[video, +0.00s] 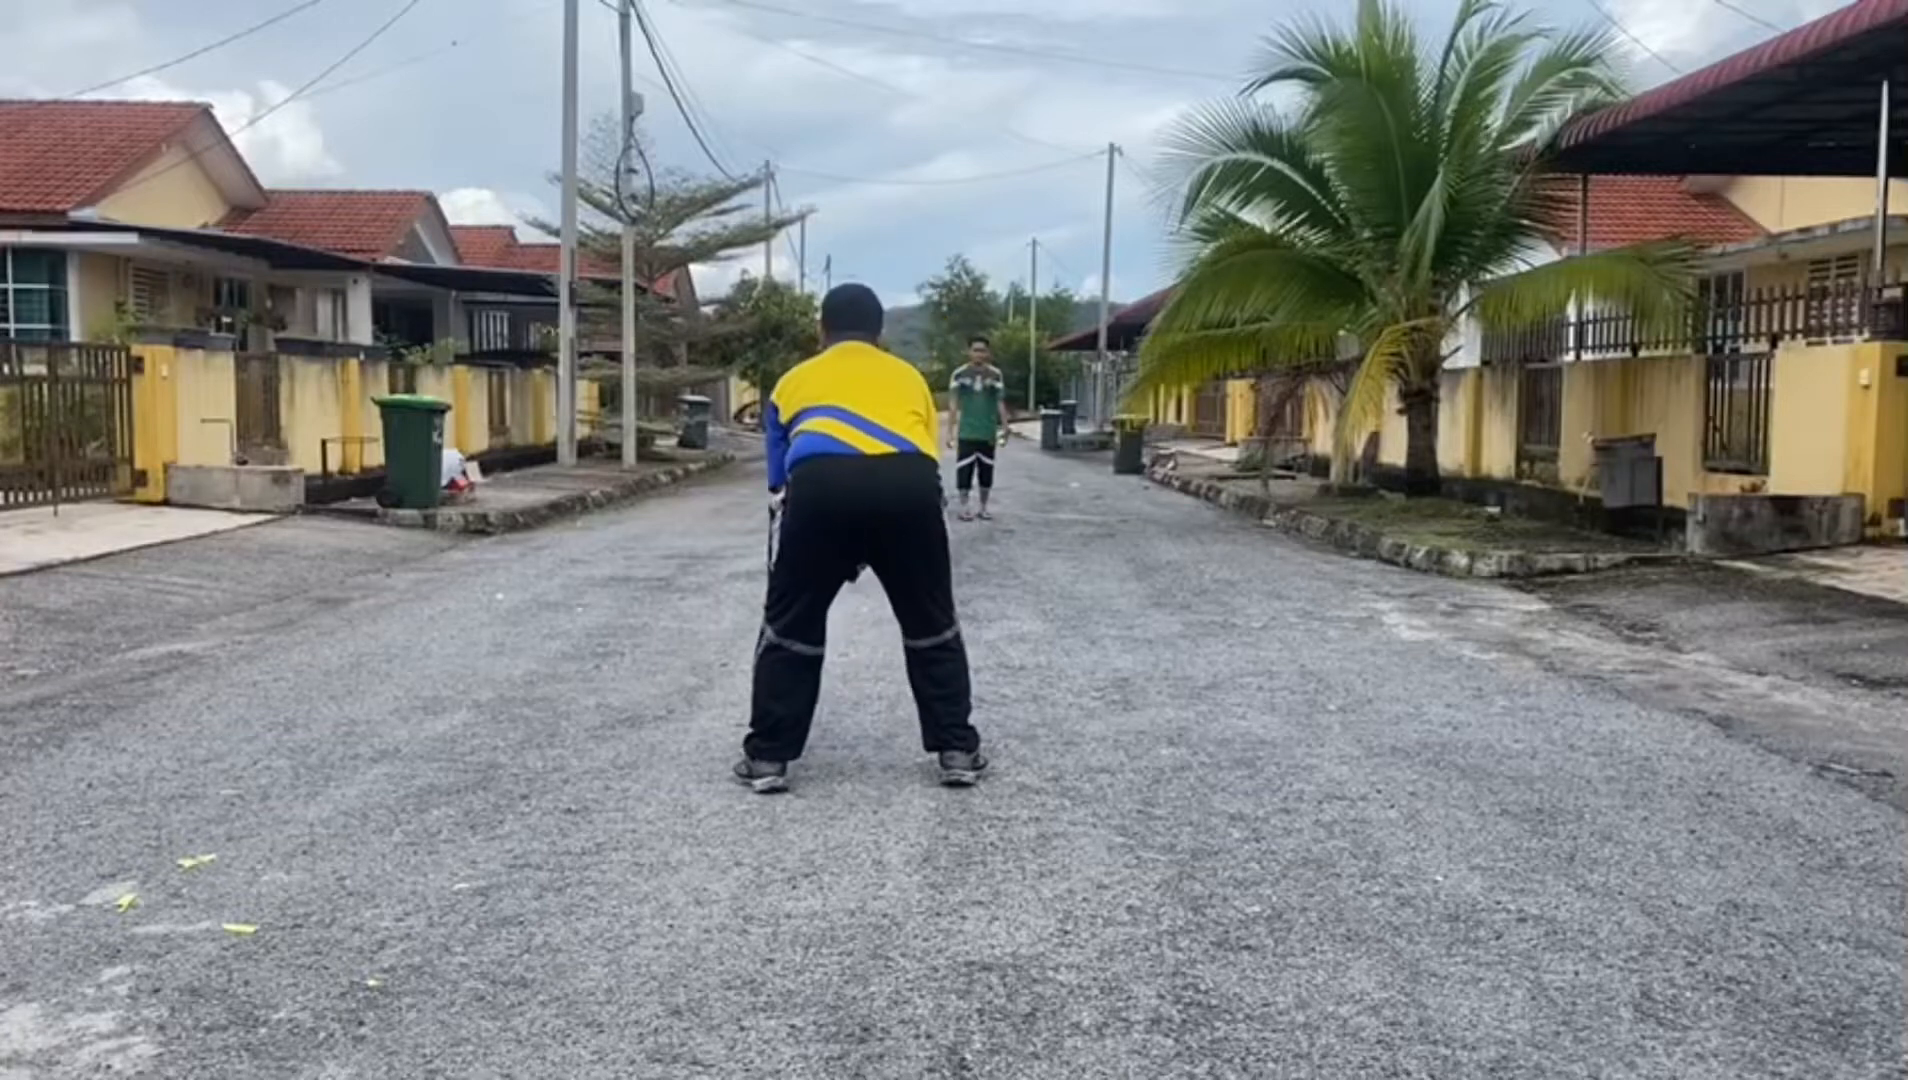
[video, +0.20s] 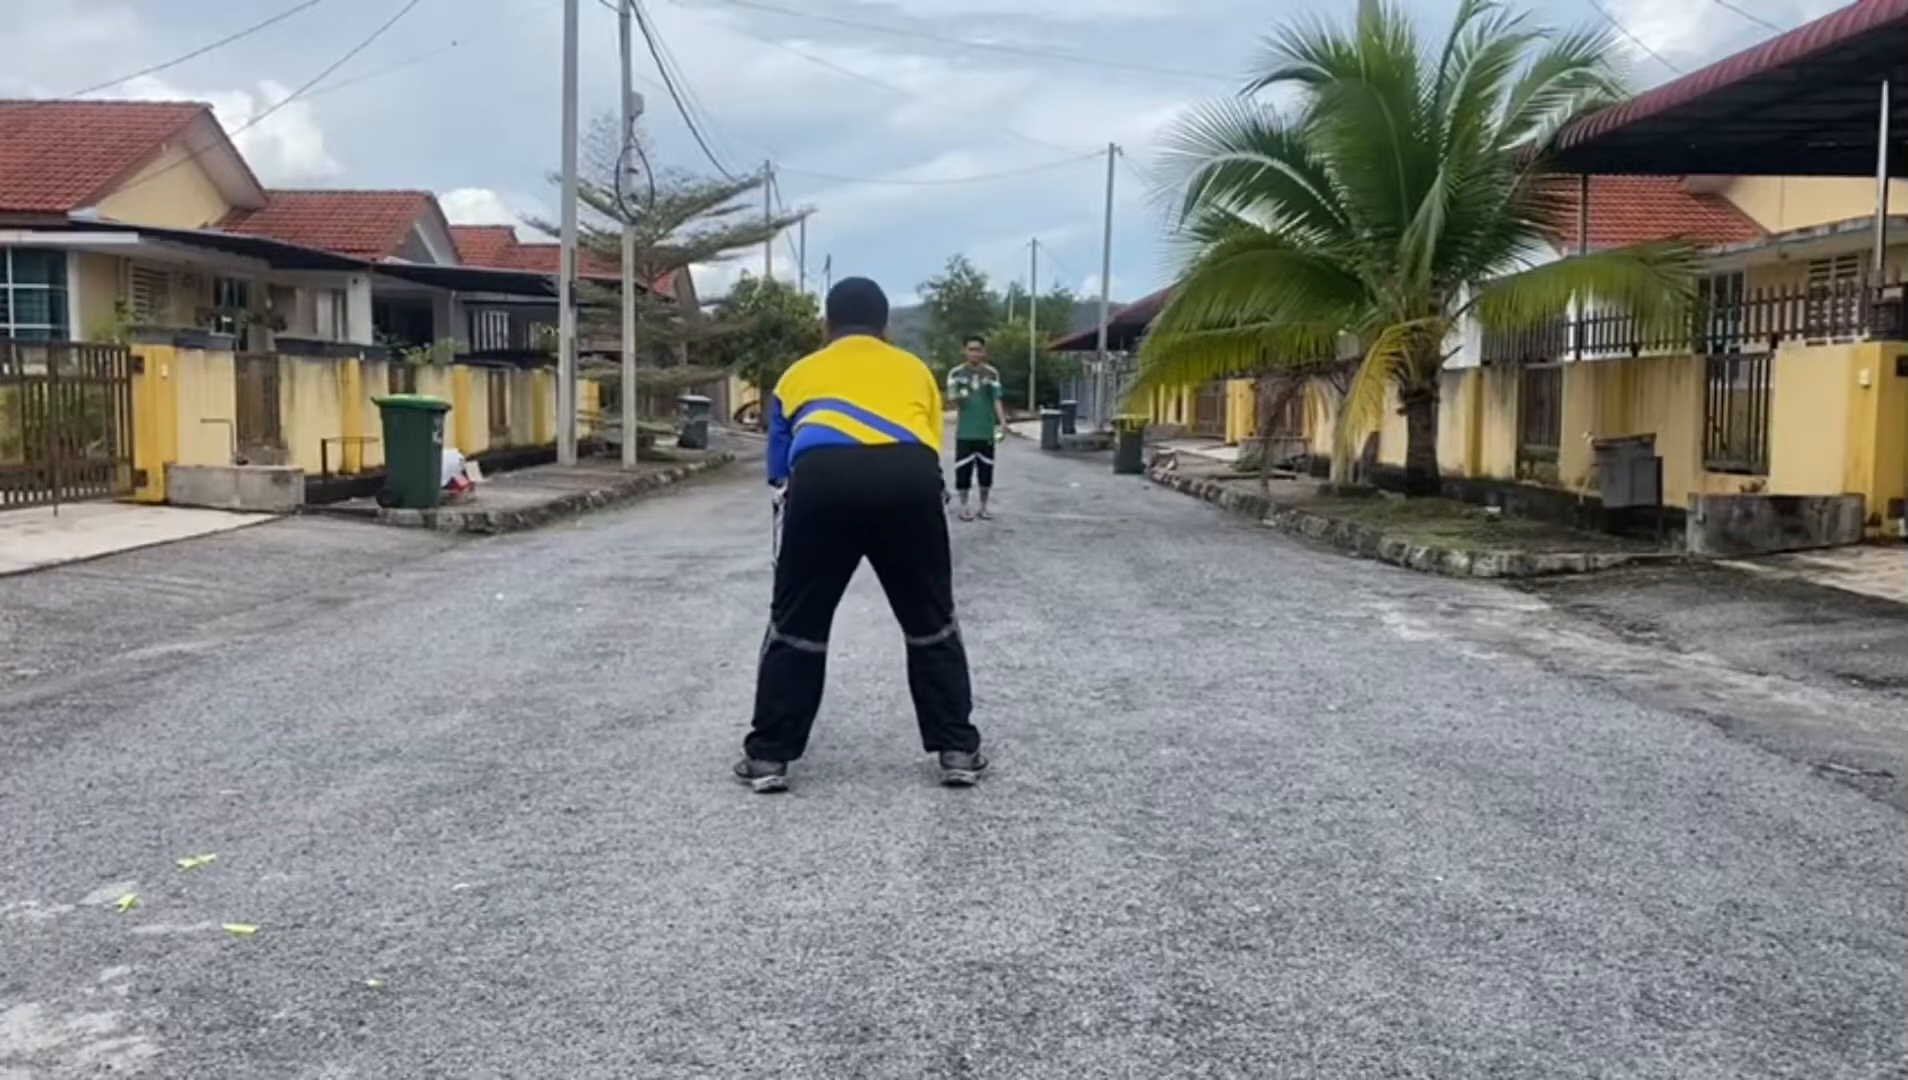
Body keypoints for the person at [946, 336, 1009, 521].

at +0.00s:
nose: (979, 354)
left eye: (983, 350)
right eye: (975, 350)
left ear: (988, 353)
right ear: (969, 352)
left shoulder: (995, 374)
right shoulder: (959, 375)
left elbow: (1000, 402)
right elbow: (953, 406)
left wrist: (1005, 425)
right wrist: (950, 432)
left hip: (988, 432)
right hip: (966, 431)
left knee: (986, 474)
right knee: (964, 473)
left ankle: (983, 507)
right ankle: (964, 507)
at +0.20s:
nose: (975, 354)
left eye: (978, 349)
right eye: (971, 349)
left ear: (984, 352)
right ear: (965, 352)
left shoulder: (991, 373)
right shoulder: (956, 374)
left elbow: (997, 400)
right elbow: (952, 401)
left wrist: (1002, 422)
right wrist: (956, 397)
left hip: (986, 431)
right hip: (964, 432)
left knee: (985, 474)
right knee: (963, 474)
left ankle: (983, 507)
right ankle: (964, 506)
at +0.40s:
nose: (970, 355)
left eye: (974, 350)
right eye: (966, 350)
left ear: (979, 352)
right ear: (960, 353)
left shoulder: (987, 373)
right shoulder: (954, 375)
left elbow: (992, 399)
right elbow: (952, 399)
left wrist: (995, 423)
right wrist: (957, 368)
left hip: (985, 430)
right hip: (964, 430)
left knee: (990, 470)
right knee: (962, 471)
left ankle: (984, 501)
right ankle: (962, 504)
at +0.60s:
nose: (969, 355)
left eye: (972, 351)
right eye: (965, 351)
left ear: (978, 352)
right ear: (959, 353)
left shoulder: (988, 373)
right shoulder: (954, 374)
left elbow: (994, 398)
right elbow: (949, 396)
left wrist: (997, 421)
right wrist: (956, 377)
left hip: (985, 430)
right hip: (964, 430)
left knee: (988, 471)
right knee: (963, 471)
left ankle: (984, 506)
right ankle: (963, 505)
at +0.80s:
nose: (970, 355)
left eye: (973, 351)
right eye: (966, 351)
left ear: (980, 352)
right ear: (961, 354)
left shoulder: (991, 372)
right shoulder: (956, 377)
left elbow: (997, 398)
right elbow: (952, 404)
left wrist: (1001, 422)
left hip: (988, 431)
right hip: (967, 432)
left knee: (987, 474)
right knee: (964, 473)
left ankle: (983, 507)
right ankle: (963, 505)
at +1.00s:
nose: (970, 359)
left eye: (973, 354)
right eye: (966, 355)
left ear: (980, 354)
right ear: (961, 358)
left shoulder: (993, 373)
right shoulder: (959, 379)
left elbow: (1002, 398)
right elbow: (957, 404)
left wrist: (1005, 422)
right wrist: (954, 423)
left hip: (993, 429)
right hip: (973, 430)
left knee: (990, 471)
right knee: (969, 468)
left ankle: (983, 506)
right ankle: (964, 504)